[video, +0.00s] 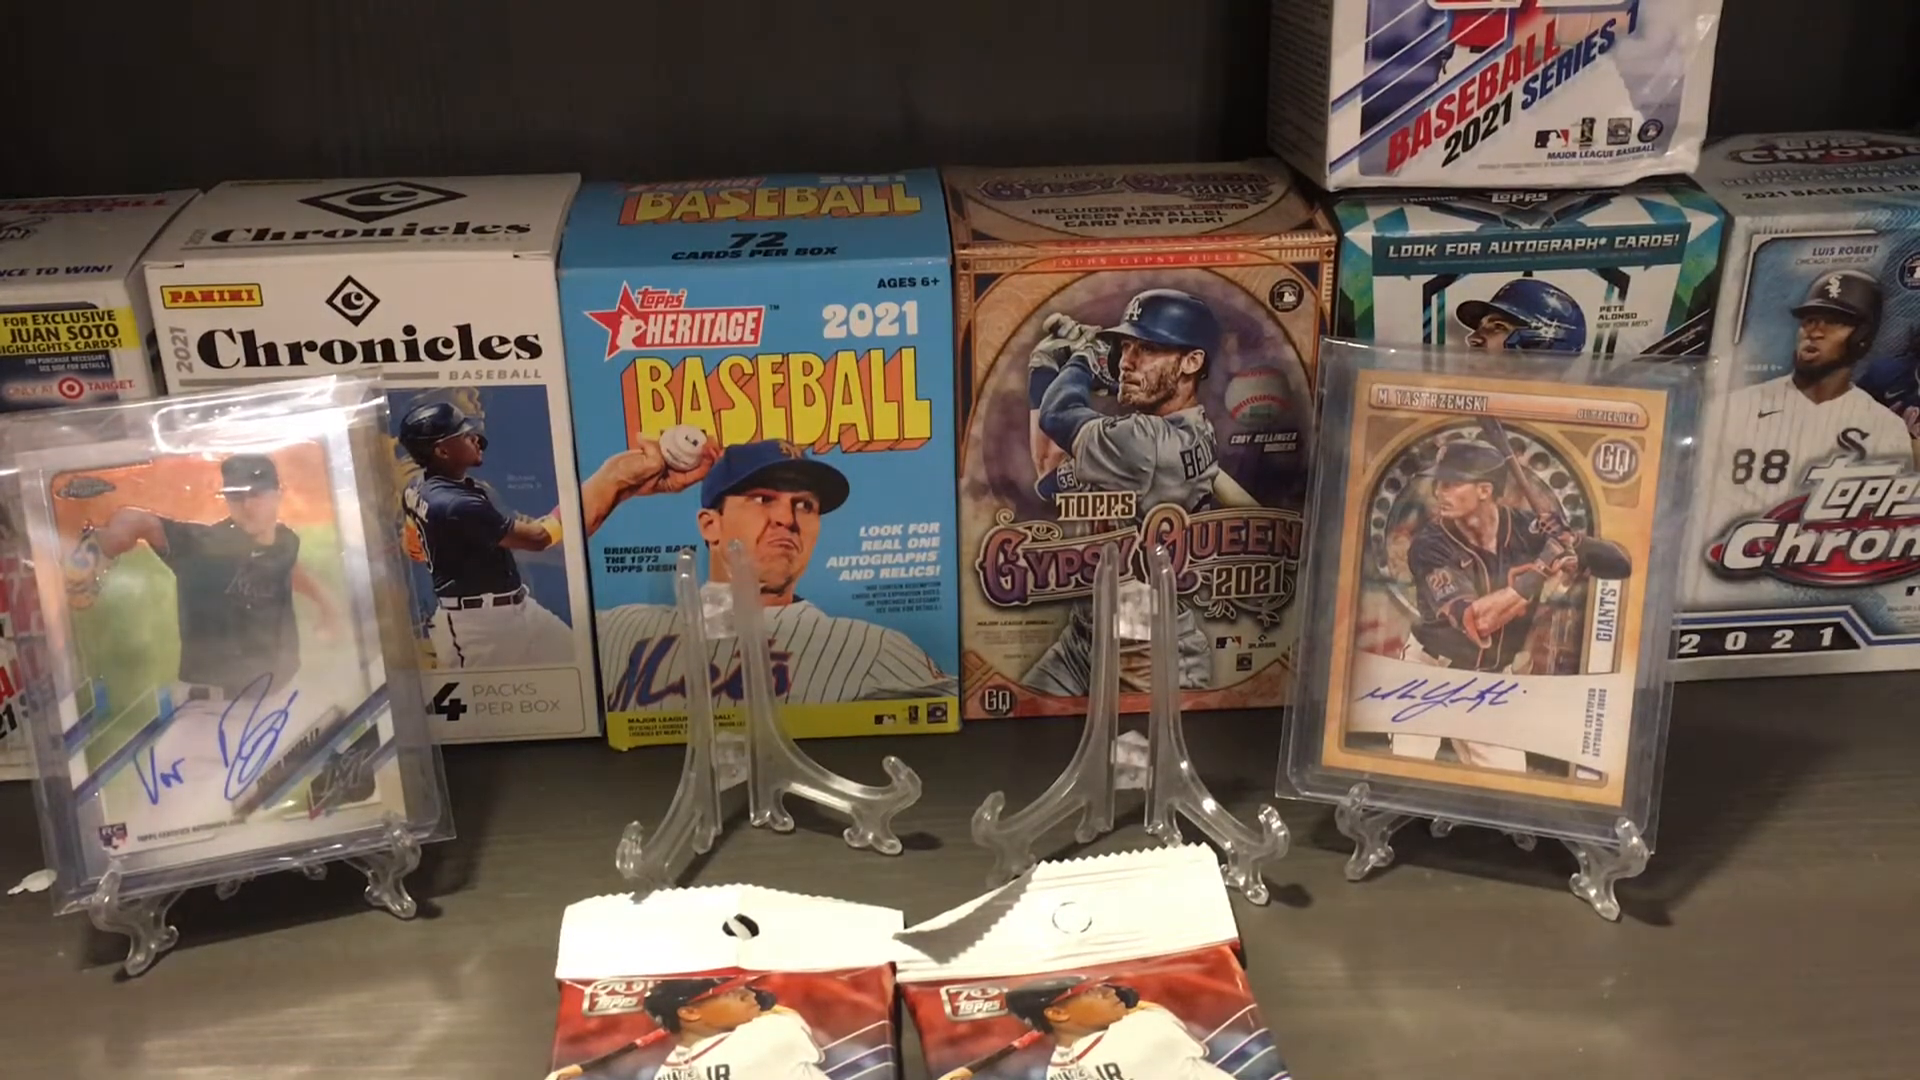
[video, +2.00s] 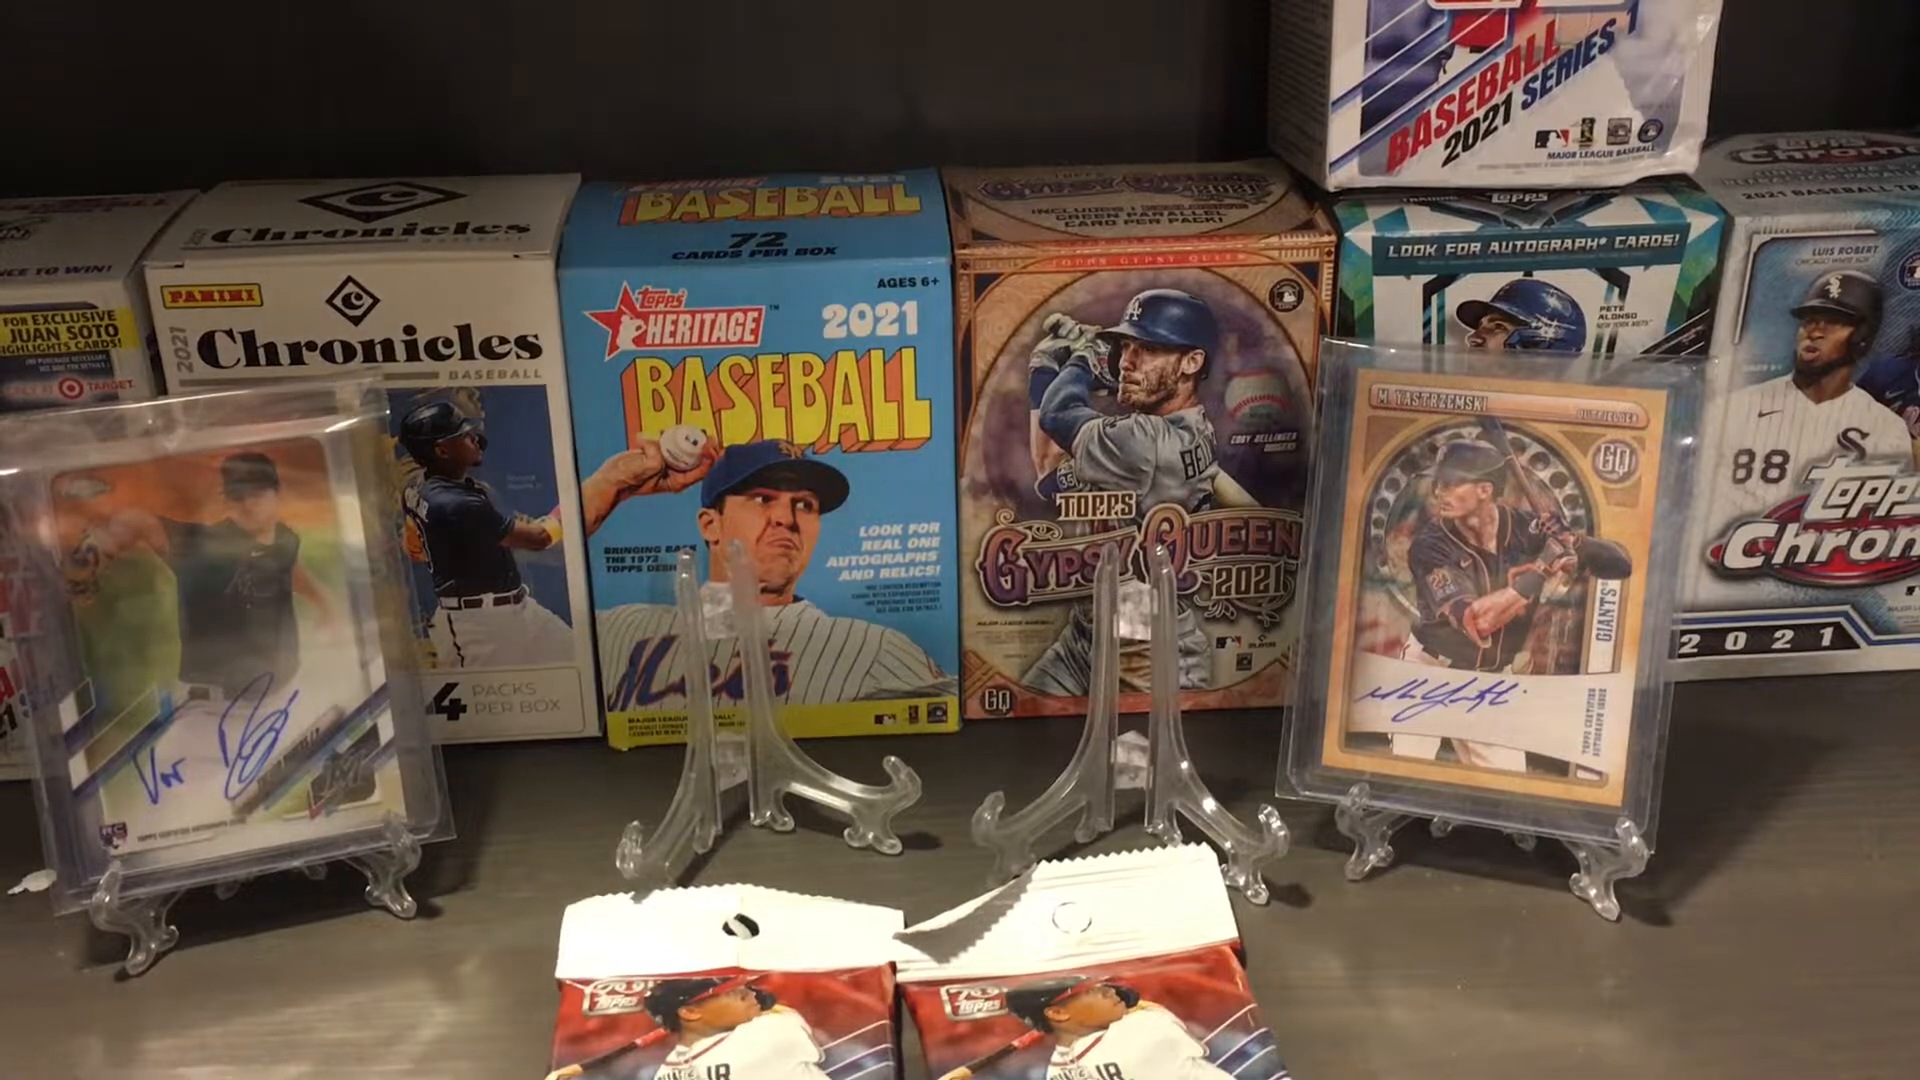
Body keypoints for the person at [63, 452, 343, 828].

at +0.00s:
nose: (247, 506)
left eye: (256, 494)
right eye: (236, 497)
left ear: (277, 495)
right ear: (226, 500)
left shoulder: (286, 542)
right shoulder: (198, 543)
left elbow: (287, 571)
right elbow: (134, 518)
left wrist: (325, 602)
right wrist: (99, 552)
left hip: (278, 702)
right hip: (211, 707)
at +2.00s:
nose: (249, 506)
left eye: (258, 496)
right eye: (239, 498)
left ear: (276, 495)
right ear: (228, 502)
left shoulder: (286, 541)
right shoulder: (202, 542)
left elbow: (291, 570)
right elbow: (144, 524)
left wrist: (322, 602)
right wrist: (110, 536)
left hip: (275, 685)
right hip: (215, 691)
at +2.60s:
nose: (247, 506)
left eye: (256, 496)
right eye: (237, 497)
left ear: (275, 496)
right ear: (227, 500)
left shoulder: (286, 540)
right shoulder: (202, 542)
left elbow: (291, 570)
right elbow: (140, 522)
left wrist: (323, 601)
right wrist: (109, 540)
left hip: (276, 686)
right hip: (214, 693)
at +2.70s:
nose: (247, 506)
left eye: (256, 495)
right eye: (237, 497)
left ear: (275, 495)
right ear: (227, 500)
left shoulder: (286, 540)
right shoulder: (203, 542)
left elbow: (291, 569)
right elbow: (140, 521)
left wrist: (323, 601)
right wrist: (104, 545)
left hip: (276, 685)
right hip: (213, 692)